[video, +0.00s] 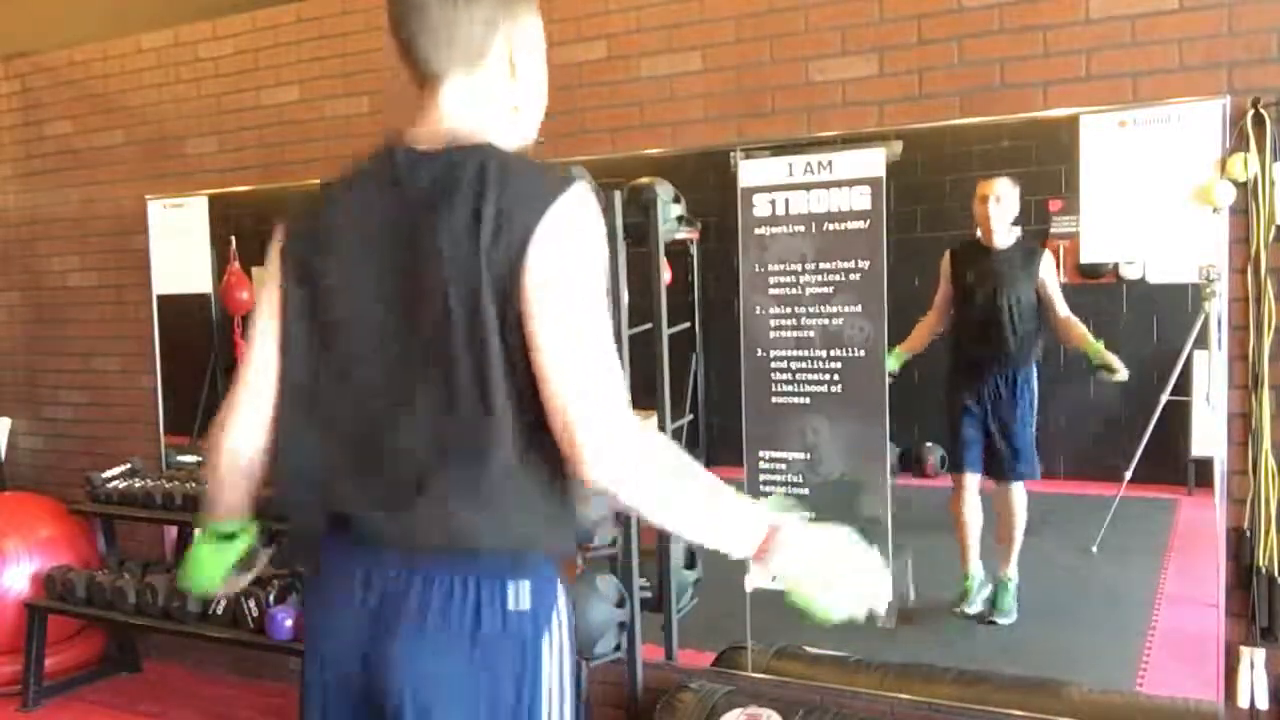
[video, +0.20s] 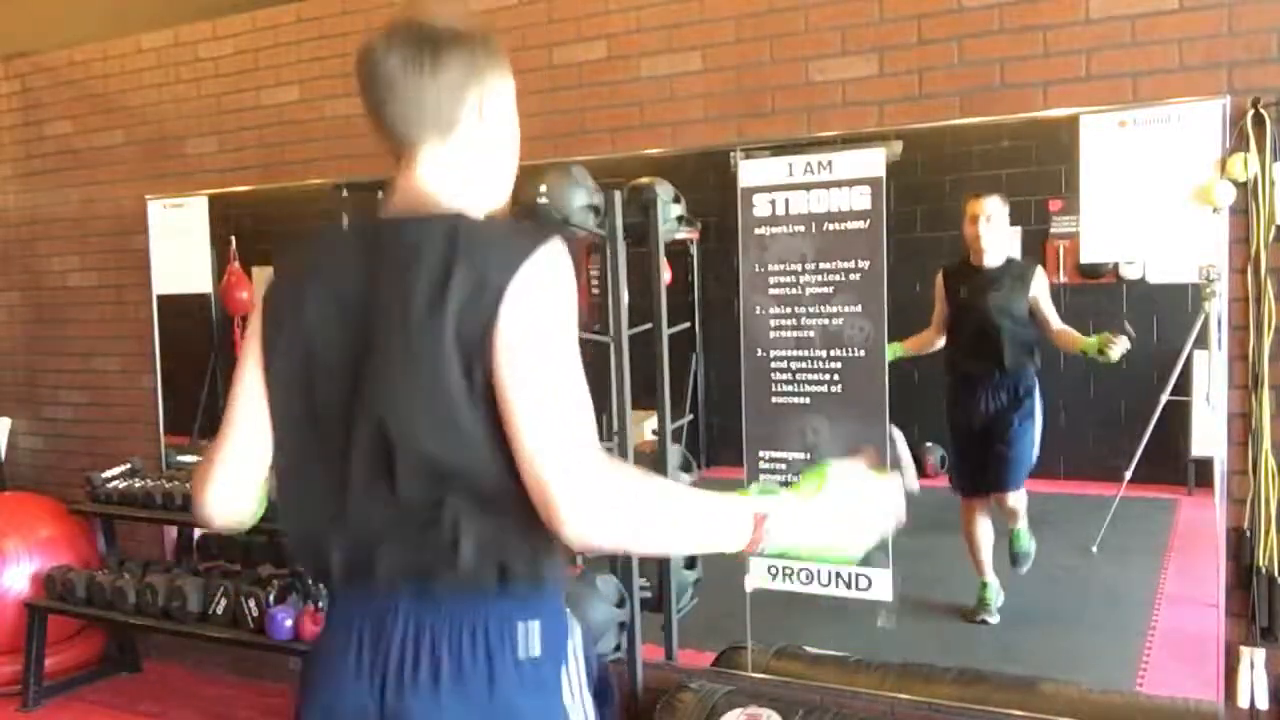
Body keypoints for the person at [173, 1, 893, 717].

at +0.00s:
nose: (545, 83)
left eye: (542, 56)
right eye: (541, 56)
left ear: (412, 62)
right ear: (513, 61)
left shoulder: (312, 223)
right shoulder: (543, 201)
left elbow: (241, 438)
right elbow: (601, 444)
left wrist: (219, 531)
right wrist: (775, 540)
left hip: (339, 595)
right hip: (488, 607)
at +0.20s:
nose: (519, 135)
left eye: (510, 109)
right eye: (512, 109)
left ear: (390, 125)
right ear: (486, 115)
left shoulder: (294, 279)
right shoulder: (517, 261)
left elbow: (222, 500)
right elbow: (583, 505)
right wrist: (777, 517)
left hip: (351, 647)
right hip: (504, 647)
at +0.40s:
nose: (510, 72)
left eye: (505, 46)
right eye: (504, 45)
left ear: (380, 56)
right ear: (477, 44)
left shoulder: (281, 233)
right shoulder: (507, 196)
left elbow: (223, 458)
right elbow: (584, 441)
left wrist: (215, 540)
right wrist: (757, 529)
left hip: (348, 600)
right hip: (497, 597)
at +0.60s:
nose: (514, 142)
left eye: (508, 116)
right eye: (508, 115)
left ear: (382, 128)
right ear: (482, 118)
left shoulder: (295, 280)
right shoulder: (507, 257)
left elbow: (224, 514)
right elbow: (583, 505)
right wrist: (777, 516)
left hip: (354, 642)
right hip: (501, 644)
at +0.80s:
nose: (535, 75)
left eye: (531, 49)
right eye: (529, 48)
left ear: (402, 57)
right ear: (506, 49)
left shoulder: (305, 225)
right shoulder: (530, 195)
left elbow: (239, 440)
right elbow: (598, 446)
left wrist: (232, 529)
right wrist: (775, 534)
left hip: (356, 597)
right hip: (506, 599)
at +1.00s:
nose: (557, 137)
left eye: (549, 115)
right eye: (551, 114)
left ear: (417, 127)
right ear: (525, 117)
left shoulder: (325, 279)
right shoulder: (556, 267)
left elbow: (261, 506)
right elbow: (627, 506)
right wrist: (829, 529)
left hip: (381, 644)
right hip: (533, 647)